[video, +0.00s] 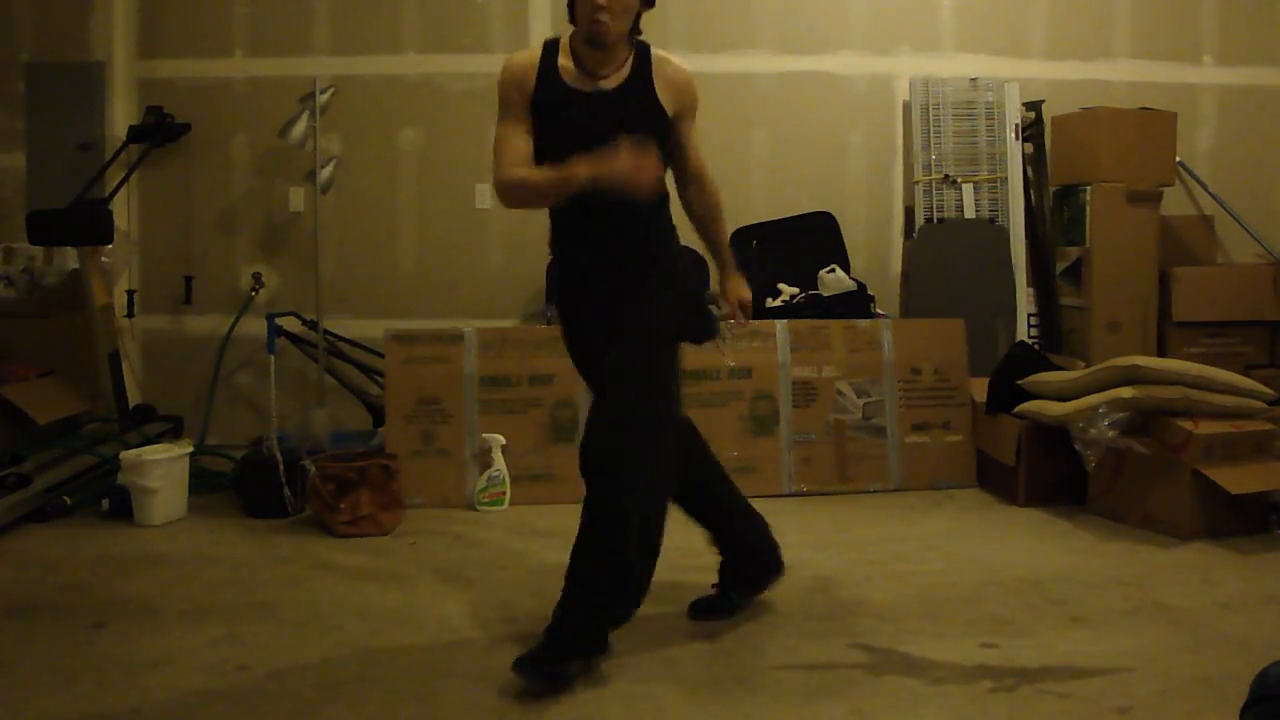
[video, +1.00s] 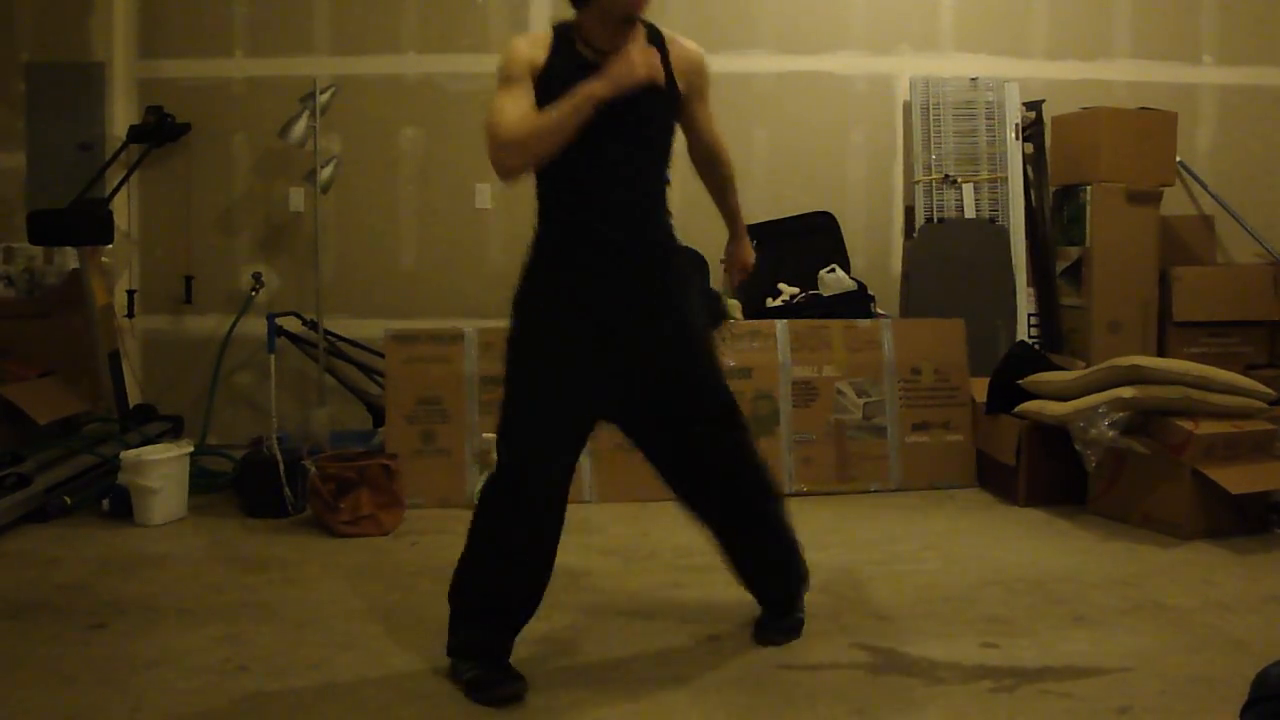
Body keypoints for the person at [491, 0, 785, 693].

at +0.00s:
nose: (598, 8)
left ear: (641, 9)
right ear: (570, 4)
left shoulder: (667, 82)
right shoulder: (527, 73)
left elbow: (694, 178)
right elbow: (510, 185)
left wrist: (727, 265)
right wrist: (596, 170)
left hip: (652, 280)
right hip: (578, 285)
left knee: (618, 453)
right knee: (654, 430)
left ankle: (577, 635)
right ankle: (752, 553)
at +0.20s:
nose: (586, 4)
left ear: (622, 2)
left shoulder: (659, 68)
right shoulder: (513, 62)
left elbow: (681, 167)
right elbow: (488, 172)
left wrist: (667, 203)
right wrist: (493, 280)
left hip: (626, 278)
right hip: (541, 276)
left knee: (602, 453)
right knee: (528, 442)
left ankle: (579, 618)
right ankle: (593, 526)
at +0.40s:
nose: (550, 11)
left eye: (561, 5)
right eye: (542, 7)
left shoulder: (641, 25)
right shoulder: (495, 36)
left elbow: (681, 123)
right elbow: (435, 132)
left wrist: (600, 41)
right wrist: (385, 231)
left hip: (611, 265)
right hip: (524, 263)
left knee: (599, 444)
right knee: (519, 433)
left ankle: (527, 609)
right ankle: (498, 621)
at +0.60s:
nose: (544, 3)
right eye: (535, 1)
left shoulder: (637, 43)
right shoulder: (488, 54)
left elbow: (649, 143)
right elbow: (443, 149)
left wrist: (576, 131)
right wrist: (397, 223)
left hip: (597, 285)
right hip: (510, 283)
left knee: (592, 469)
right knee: (503, 465)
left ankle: (517, 602)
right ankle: (496, 662)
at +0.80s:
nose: (531, 13)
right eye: (519, 4)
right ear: (507, 7)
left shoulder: (636, 59)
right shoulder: (488, 72)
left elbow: (662, 181)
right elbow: (472, 196)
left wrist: (684, 290)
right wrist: (543, 128)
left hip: (609, 294)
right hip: (517, 299)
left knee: (632, 440)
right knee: (502, 482)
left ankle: (595, 541)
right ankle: (468, 640)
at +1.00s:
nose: (632, 11)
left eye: (638, 4)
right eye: (618, 5)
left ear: (645, 2)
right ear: (584, 0)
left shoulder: (679, 61)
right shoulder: (532, 56)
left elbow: (709, 152)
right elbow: (507, 154)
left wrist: (737, 231)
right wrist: (602, 84)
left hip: (653, 297)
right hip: (560, 301)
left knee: (714, 453)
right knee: (529, 478)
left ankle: (782, 589)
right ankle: (477, 647)